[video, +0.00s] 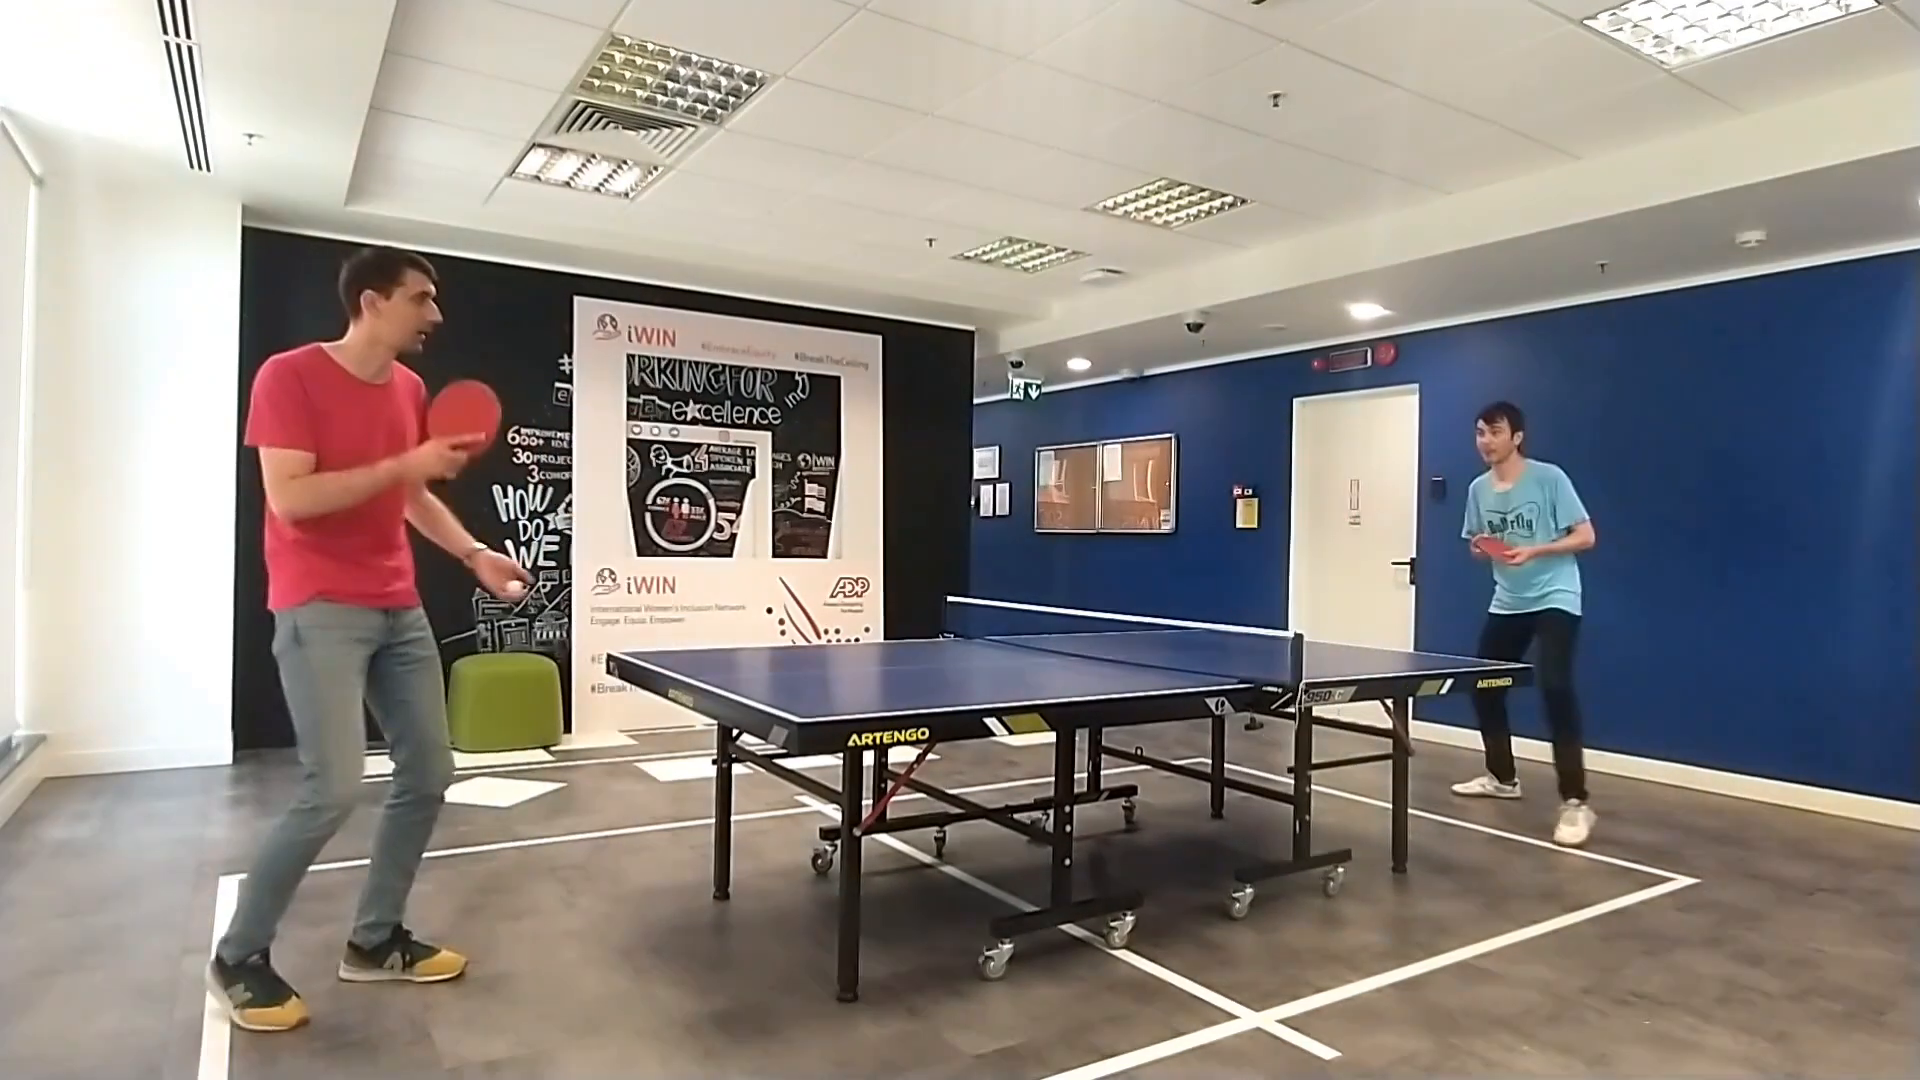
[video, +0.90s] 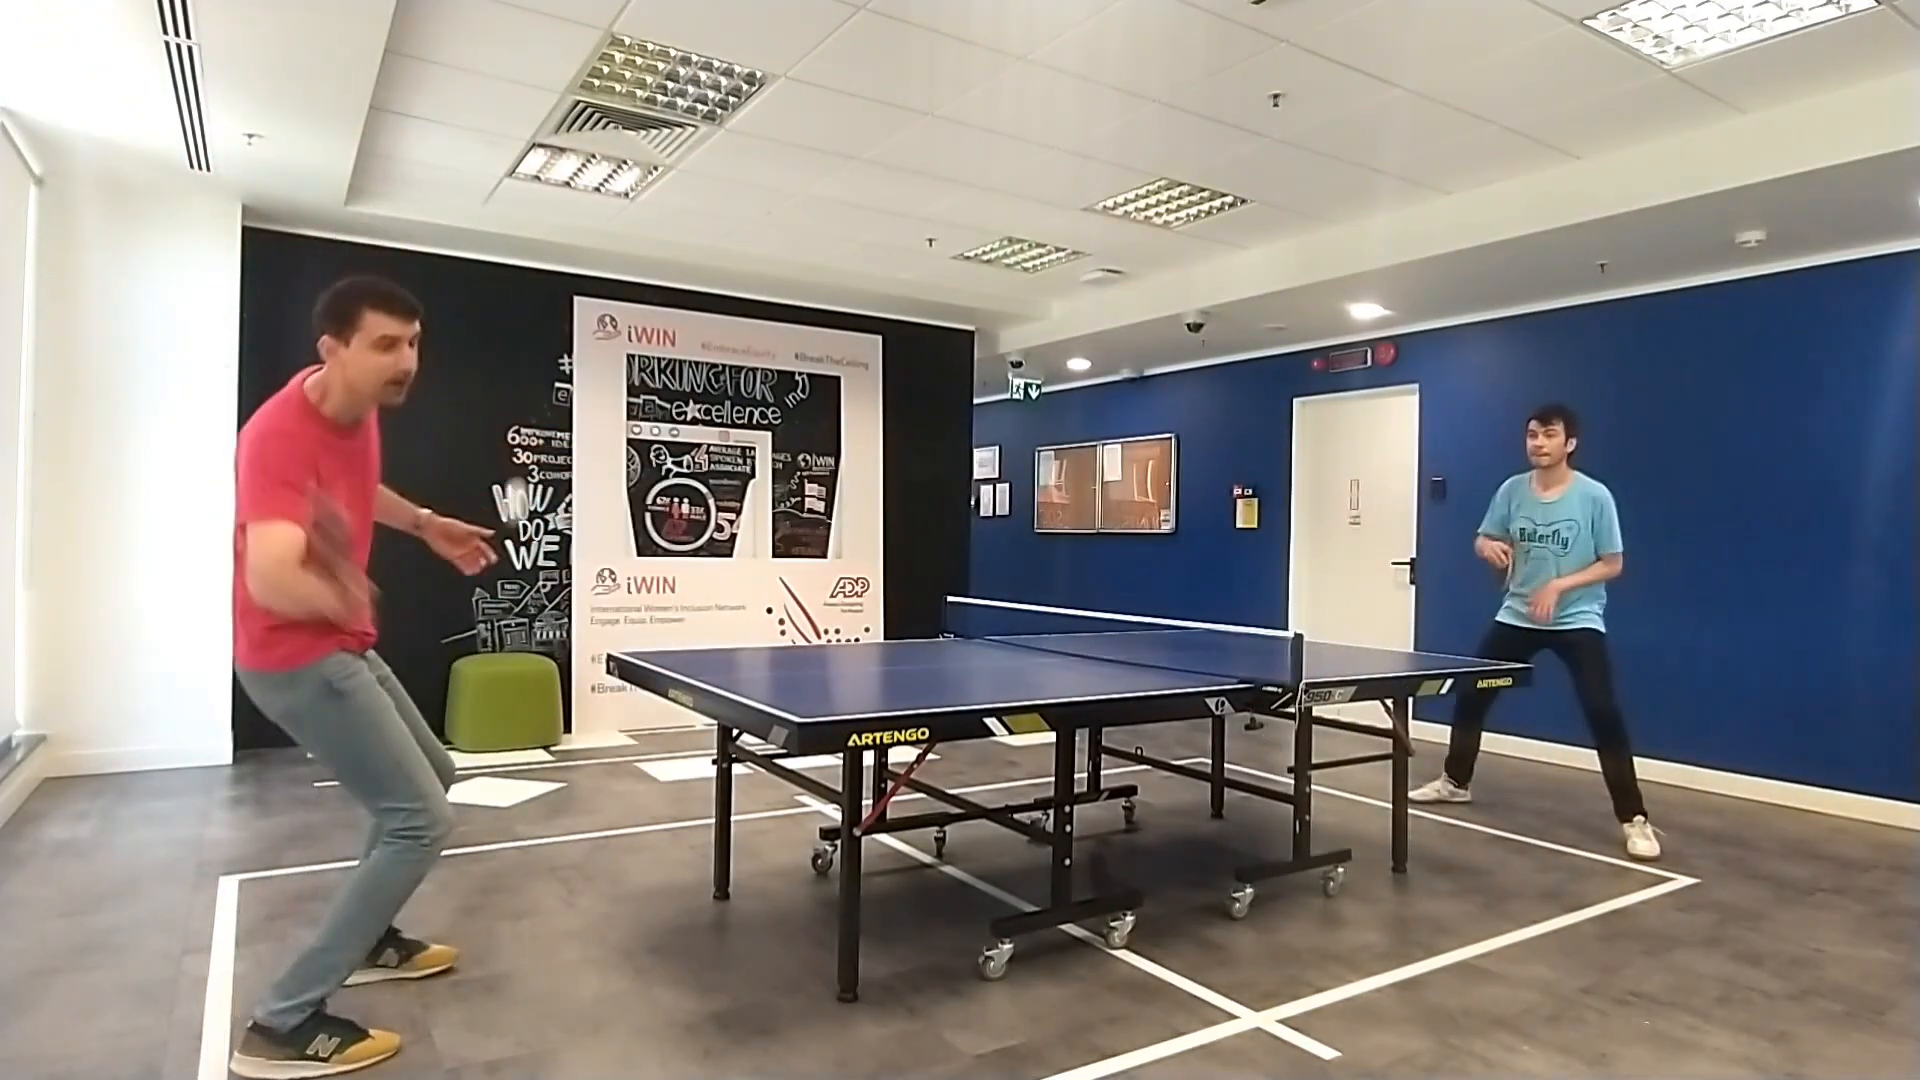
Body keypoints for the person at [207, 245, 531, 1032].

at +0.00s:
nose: (434, 314)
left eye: (434, 302)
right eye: (422, 299)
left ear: (397, 308)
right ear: (370, 303)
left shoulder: (407, 390)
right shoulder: (287, 377)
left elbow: (409, 492)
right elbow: (290, 500)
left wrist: (473, 552)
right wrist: (406, 466)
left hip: (399, 611)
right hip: (319, 614)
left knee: (426, 772)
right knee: (333, 788)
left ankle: (375, 937)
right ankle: (238, 957)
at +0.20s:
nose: (433, 312)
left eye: (436, 299)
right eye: (422, 297)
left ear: (399, 305)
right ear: (370, 299)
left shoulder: (417, 386)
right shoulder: (296, 370)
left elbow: (445, 482)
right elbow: (251, 471)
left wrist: (519, 497)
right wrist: (364, 457)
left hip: (414, 604)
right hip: (340, 604)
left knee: (431, 775)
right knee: (382, 772)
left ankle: (377, 936)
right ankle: (247, 939)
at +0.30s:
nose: (433, 301)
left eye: (433, 289)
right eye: (424, 286)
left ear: (393, 288)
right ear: (377, 286)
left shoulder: (419, 371)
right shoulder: (300, 357)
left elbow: (472, 468)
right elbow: (229, 431)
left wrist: (534, 440)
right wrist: (306, 352)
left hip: (417, 596)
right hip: (348, 595)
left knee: (431, 773)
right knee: (404, 773)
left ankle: (377, 937)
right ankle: (264, 958)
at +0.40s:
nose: (424, 287)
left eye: (424, 273)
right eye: (408, 272)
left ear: (409, 287)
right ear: (356, 284)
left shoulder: (415, 366)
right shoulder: (309, 357)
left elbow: (467, 458)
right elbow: (222, 383)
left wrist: (535, 442)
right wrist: (268, 262)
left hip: (420, 593)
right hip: (355, 597)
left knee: (430, 772)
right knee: (409, 779)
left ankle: (377, 932)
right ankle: (293, 983)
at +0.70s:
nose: (419, 297)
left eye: (420, 284)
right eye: (399, 283)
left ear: (408, 303)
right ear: (348, 299)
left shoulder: (393, 379)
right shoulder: (303, 377)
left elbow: (386, 464)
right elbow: (215, 442)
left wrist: (480, 492)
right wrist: (208, 332)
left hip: (383, 615)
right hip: (329, 620)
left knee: (438, 769)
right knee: (407, 808)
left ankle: (377, 932)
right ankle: (283, 1015)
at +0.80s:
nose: (418, 329)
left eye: (421, 314)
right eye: (399, 313)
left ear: (414, 327)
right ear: (346, 323)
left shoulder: (381, 394)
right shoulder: (289, 406)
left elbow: (369, 475)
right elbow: (226, 521)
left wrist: (451, 509)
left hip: (364, 626)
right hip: (310, 637)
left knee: (439, 774)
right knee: (413, 816)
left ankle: (377, 933)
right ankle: (285, 1016)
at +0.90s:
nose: (407, 362)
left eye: (412, 346)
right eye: (389, 346)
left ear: (406, 351)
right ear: (332, 351)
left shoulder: (357, 412)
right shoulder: (281, 435)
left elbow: (350, 491)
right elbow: (270, 578)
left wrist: (426, 523)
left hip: (345, 640)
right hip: (298, 658)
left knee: (434, 776)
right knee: (415, 820)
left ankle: (366, 938)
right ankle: (285, 1019)